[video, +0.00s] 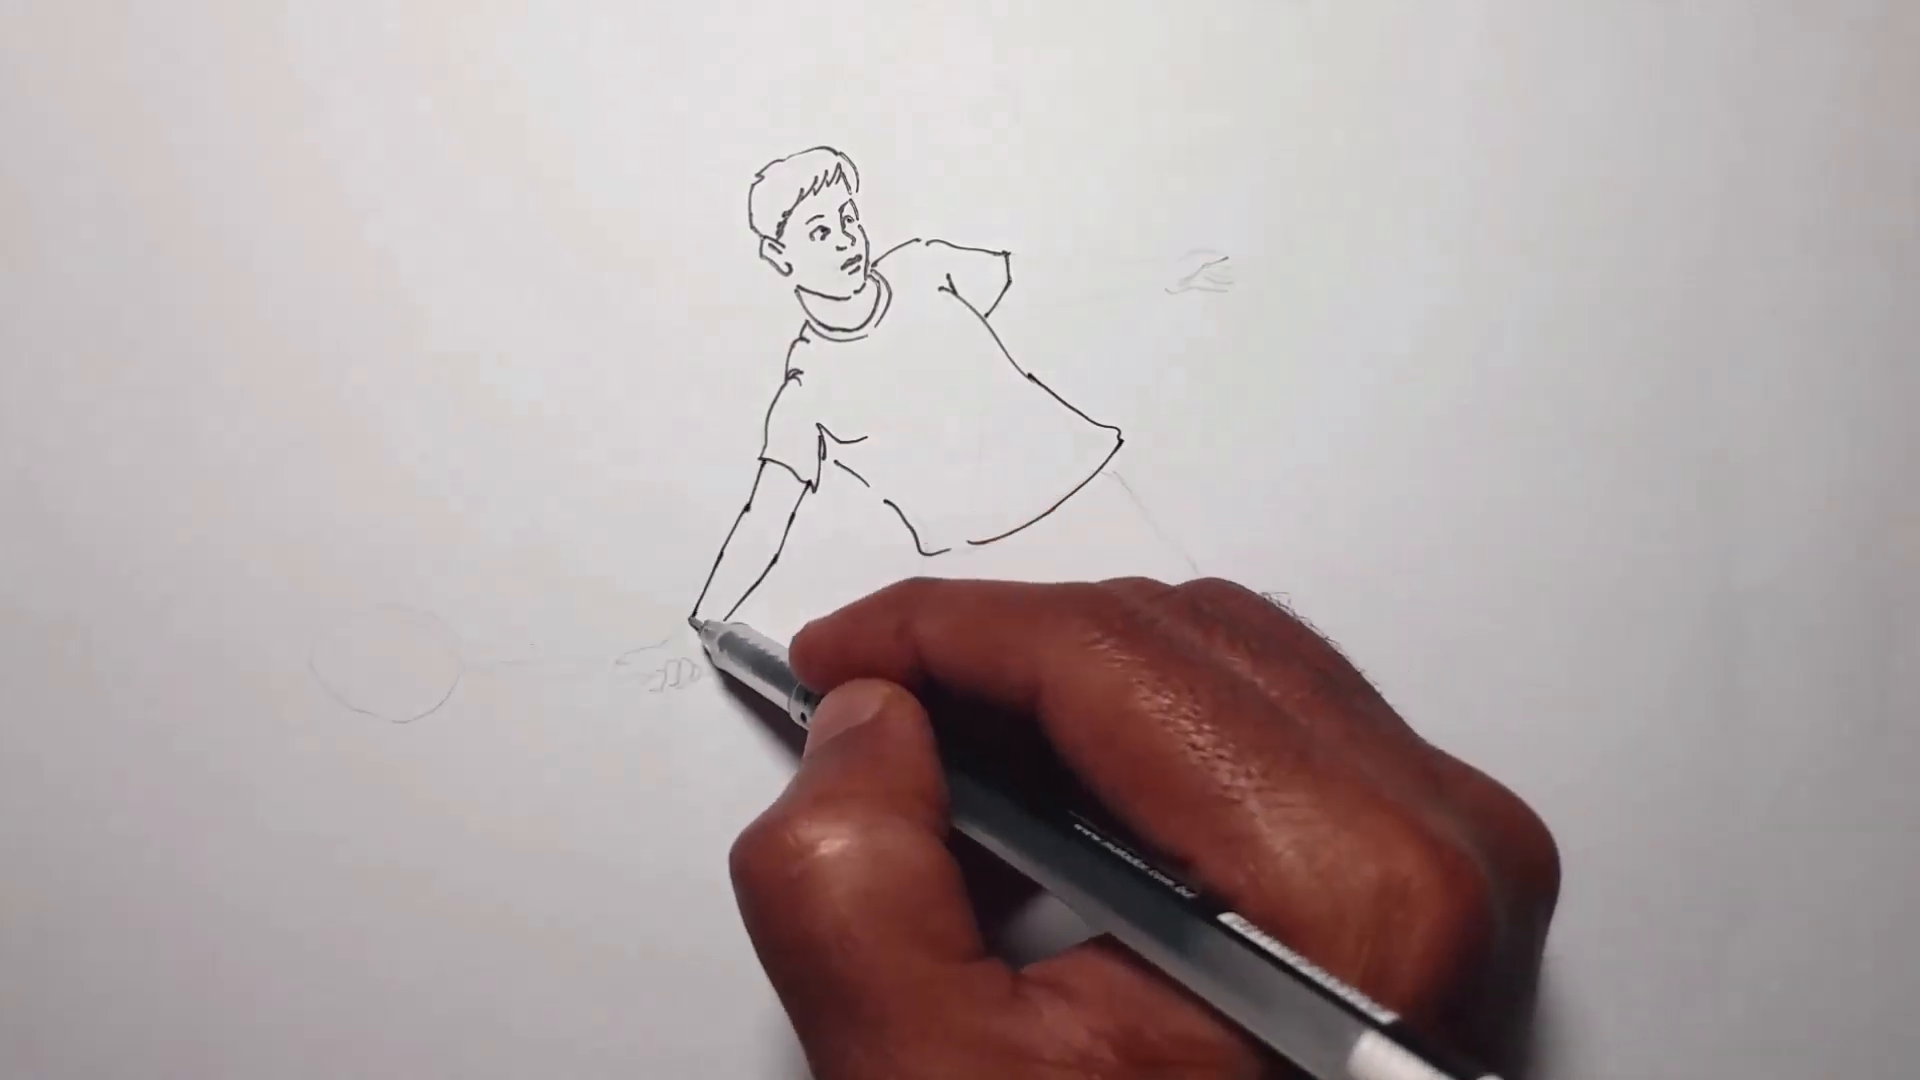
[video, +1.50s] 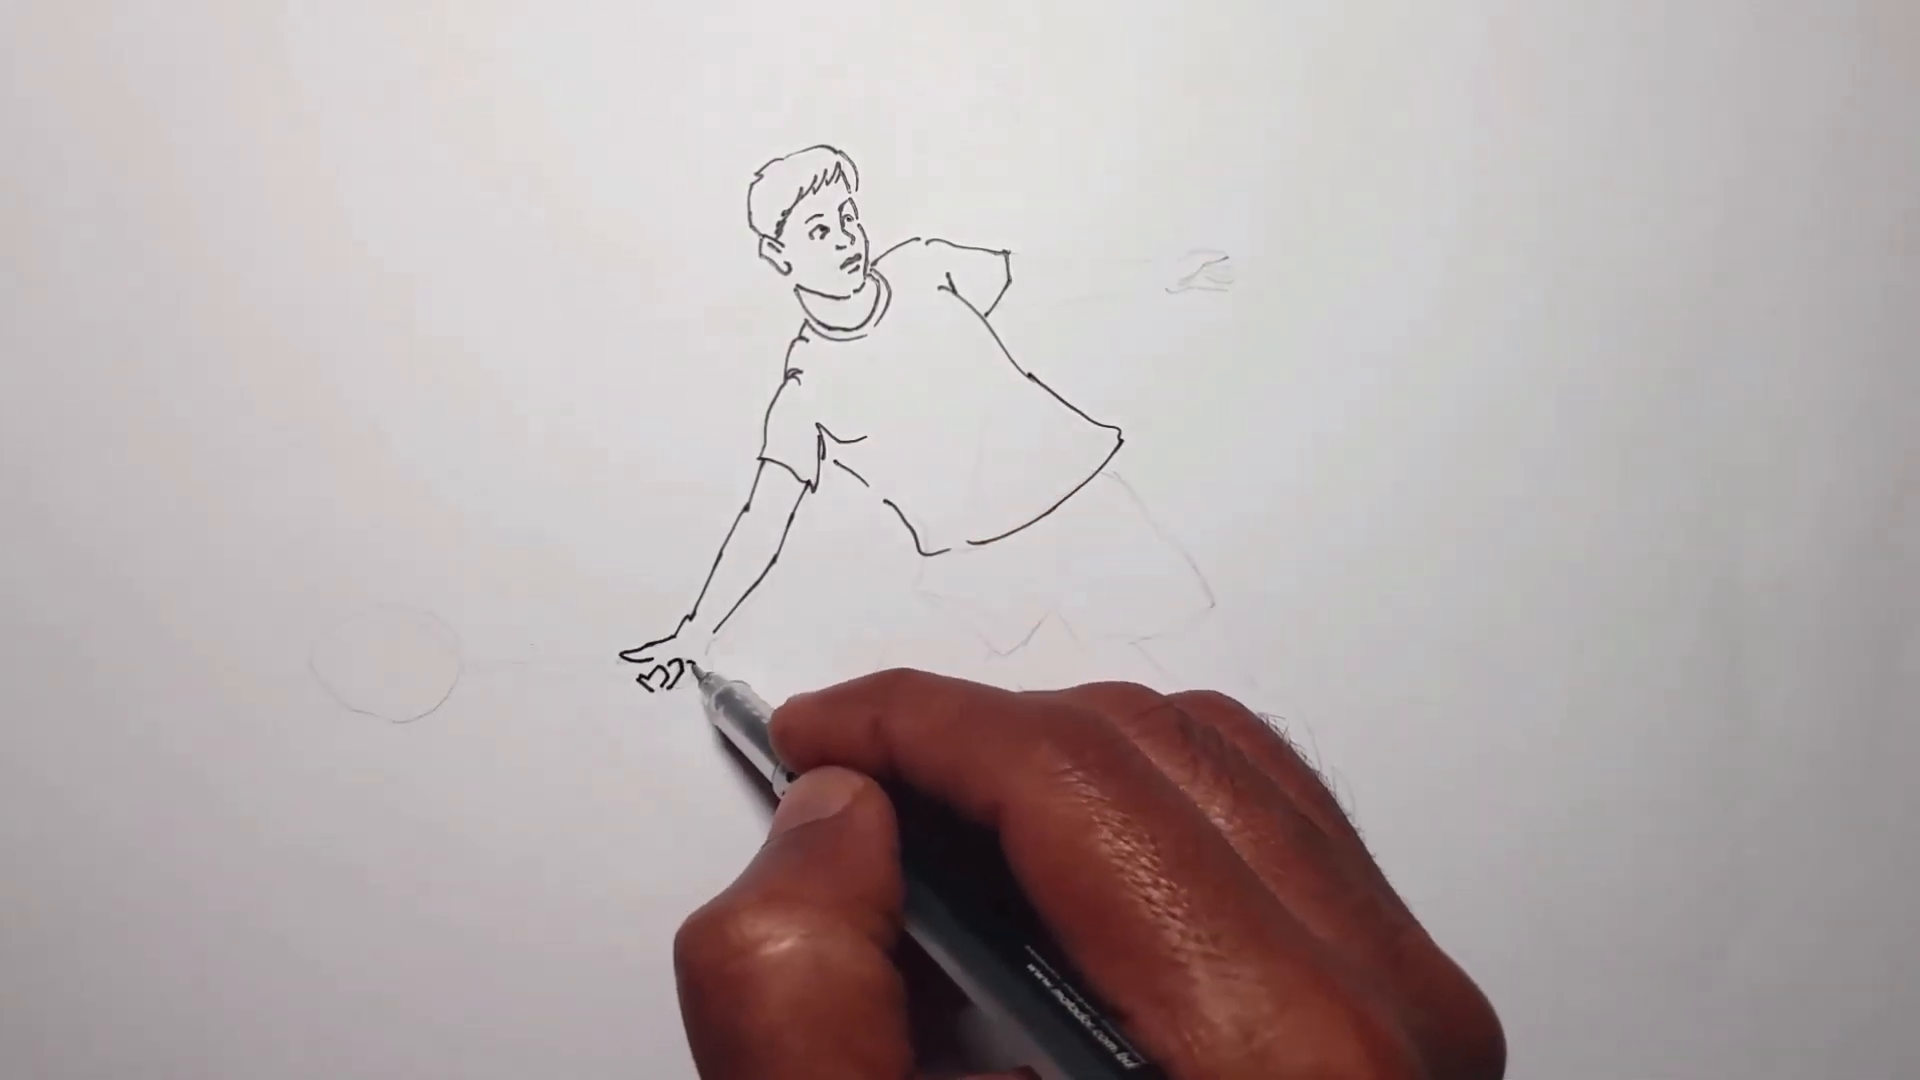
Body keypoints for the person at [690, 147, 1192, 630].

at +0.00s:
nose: (845, 240)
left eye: (847, 216)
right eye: (817, 232)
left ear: (860, 211)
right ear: (776, 257)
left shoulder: (922, 266)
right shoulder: (805, 394)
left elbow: (1028, 267)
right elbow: (763, 525)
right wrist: (704, 622)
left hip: (1076, 469)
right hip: (975, 548)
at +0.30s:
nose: (845, 241)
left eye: (847, 217)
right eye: (816, 230)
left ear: (861, 212)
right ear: (775, 257)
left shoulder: (924, 267)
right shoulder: (804, 400)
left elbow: (1056, 280)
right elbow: (761, 525)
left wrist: (1171, 283)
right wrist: (702, 624)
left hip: (1090, 503)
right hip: (983, 572)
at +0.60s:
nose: (845, 242)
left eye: (847, 217)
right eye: (818, 232)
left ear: (861, 212)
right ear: (775, 254)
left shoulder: (926, 266)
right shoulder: (805, 402)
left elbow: (1053, 270)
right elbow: (761, 525)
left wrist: (1170, 280)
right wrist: (697, 628)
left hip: (1093, 513)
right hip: (981, 577)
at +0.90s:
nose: (843, 241)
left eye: (845, 216)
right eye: (816, 230)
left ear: (861, 212)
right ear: (775, 256)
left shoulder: (927, 266)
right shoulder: (805, 401)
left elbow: (1049, 270)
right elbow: (760, 527)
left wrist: (1172, 281)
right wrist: (693, 633)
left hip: (1089, 494)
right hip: (983, 566)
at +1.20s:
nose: (843, 241)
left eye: (845, 217)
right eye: (814, 231)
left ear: (859, 213)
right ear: (774, 256)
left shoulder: (924, 268)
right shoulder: (804, 401)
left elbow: (1050, 270)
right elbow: (760, 526)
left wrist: (1171, 278)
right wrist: (695, 631)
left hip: (1091, 494)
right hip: (976, 566)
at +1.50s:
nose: (843, 240)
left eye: (844, 216)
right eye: (815, 231)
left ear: (859, 211)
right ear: (775, 256)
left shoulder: (927, 268)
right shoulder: (805, 399)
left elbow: (1060, 272)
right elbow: (761, 525)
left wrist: (1171, 278)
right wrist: (695, 632)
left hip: (1093, 496)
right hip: (977, 566)